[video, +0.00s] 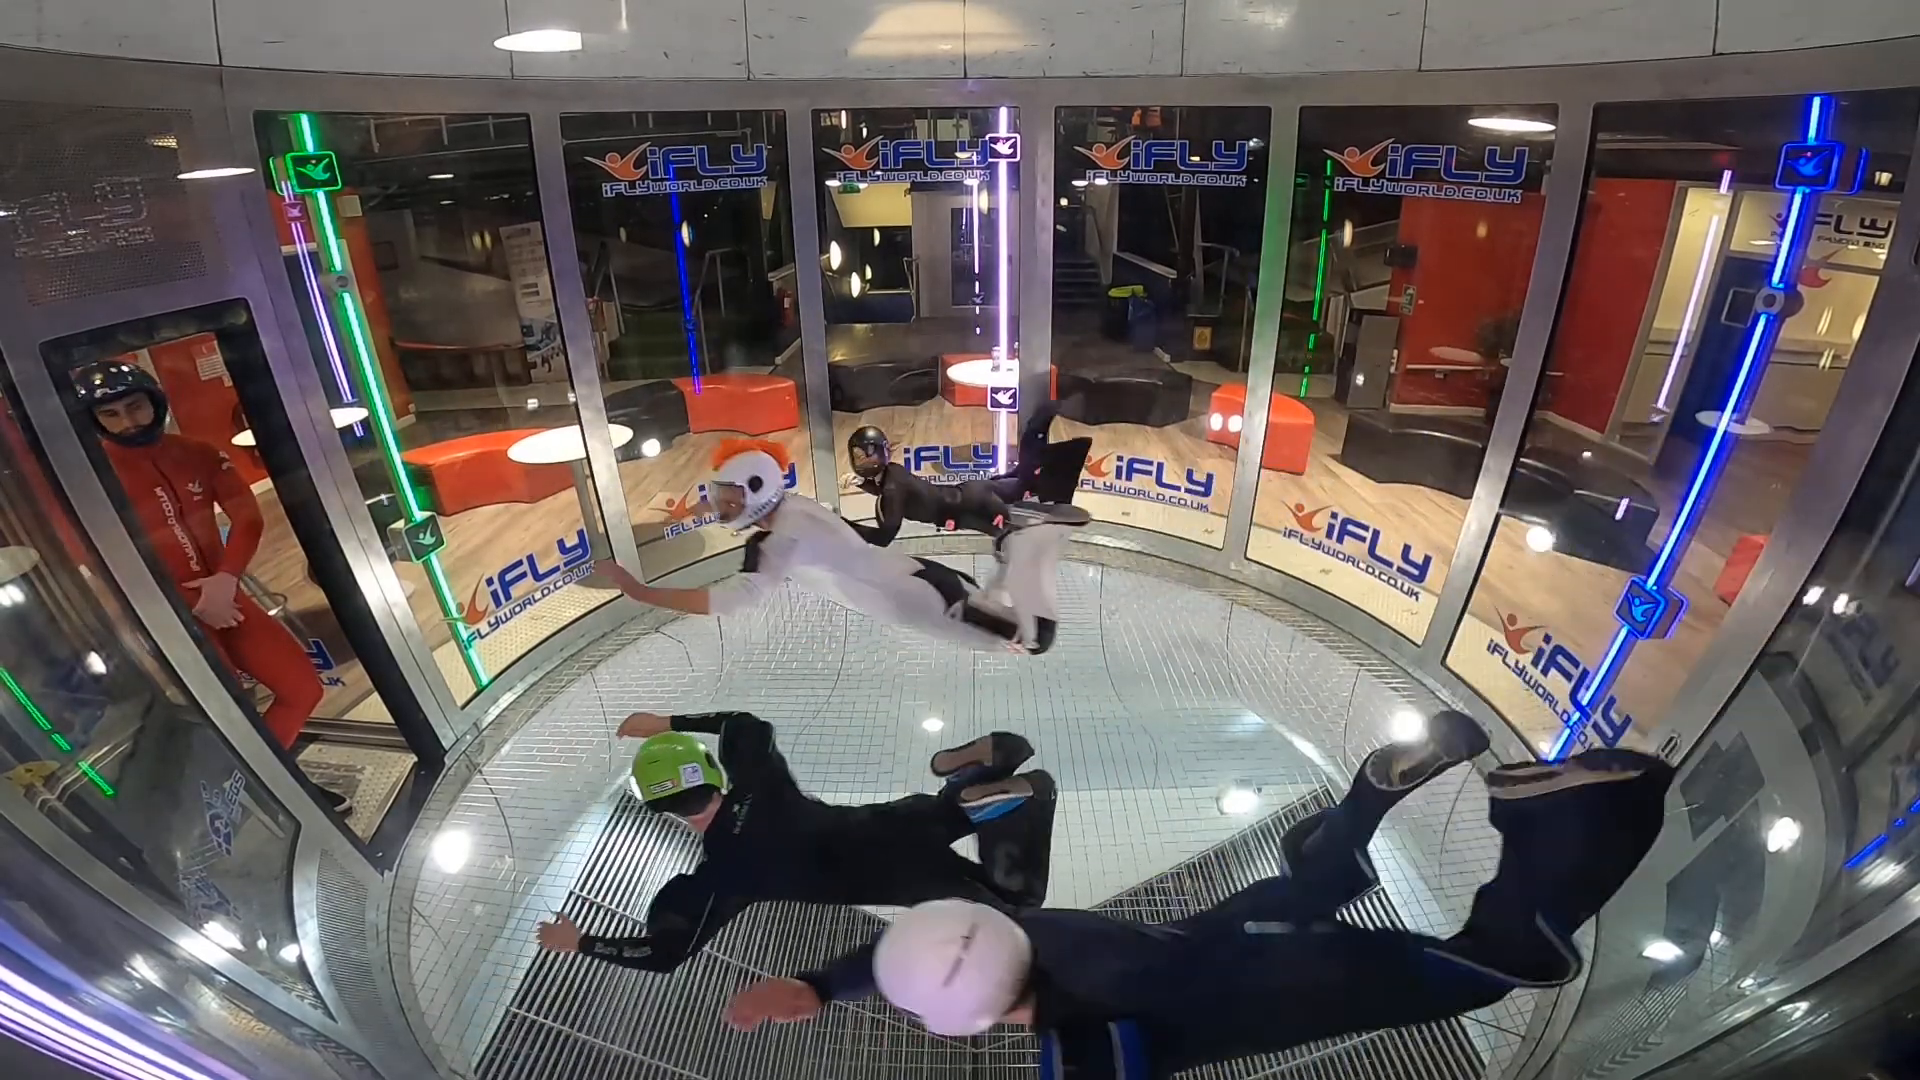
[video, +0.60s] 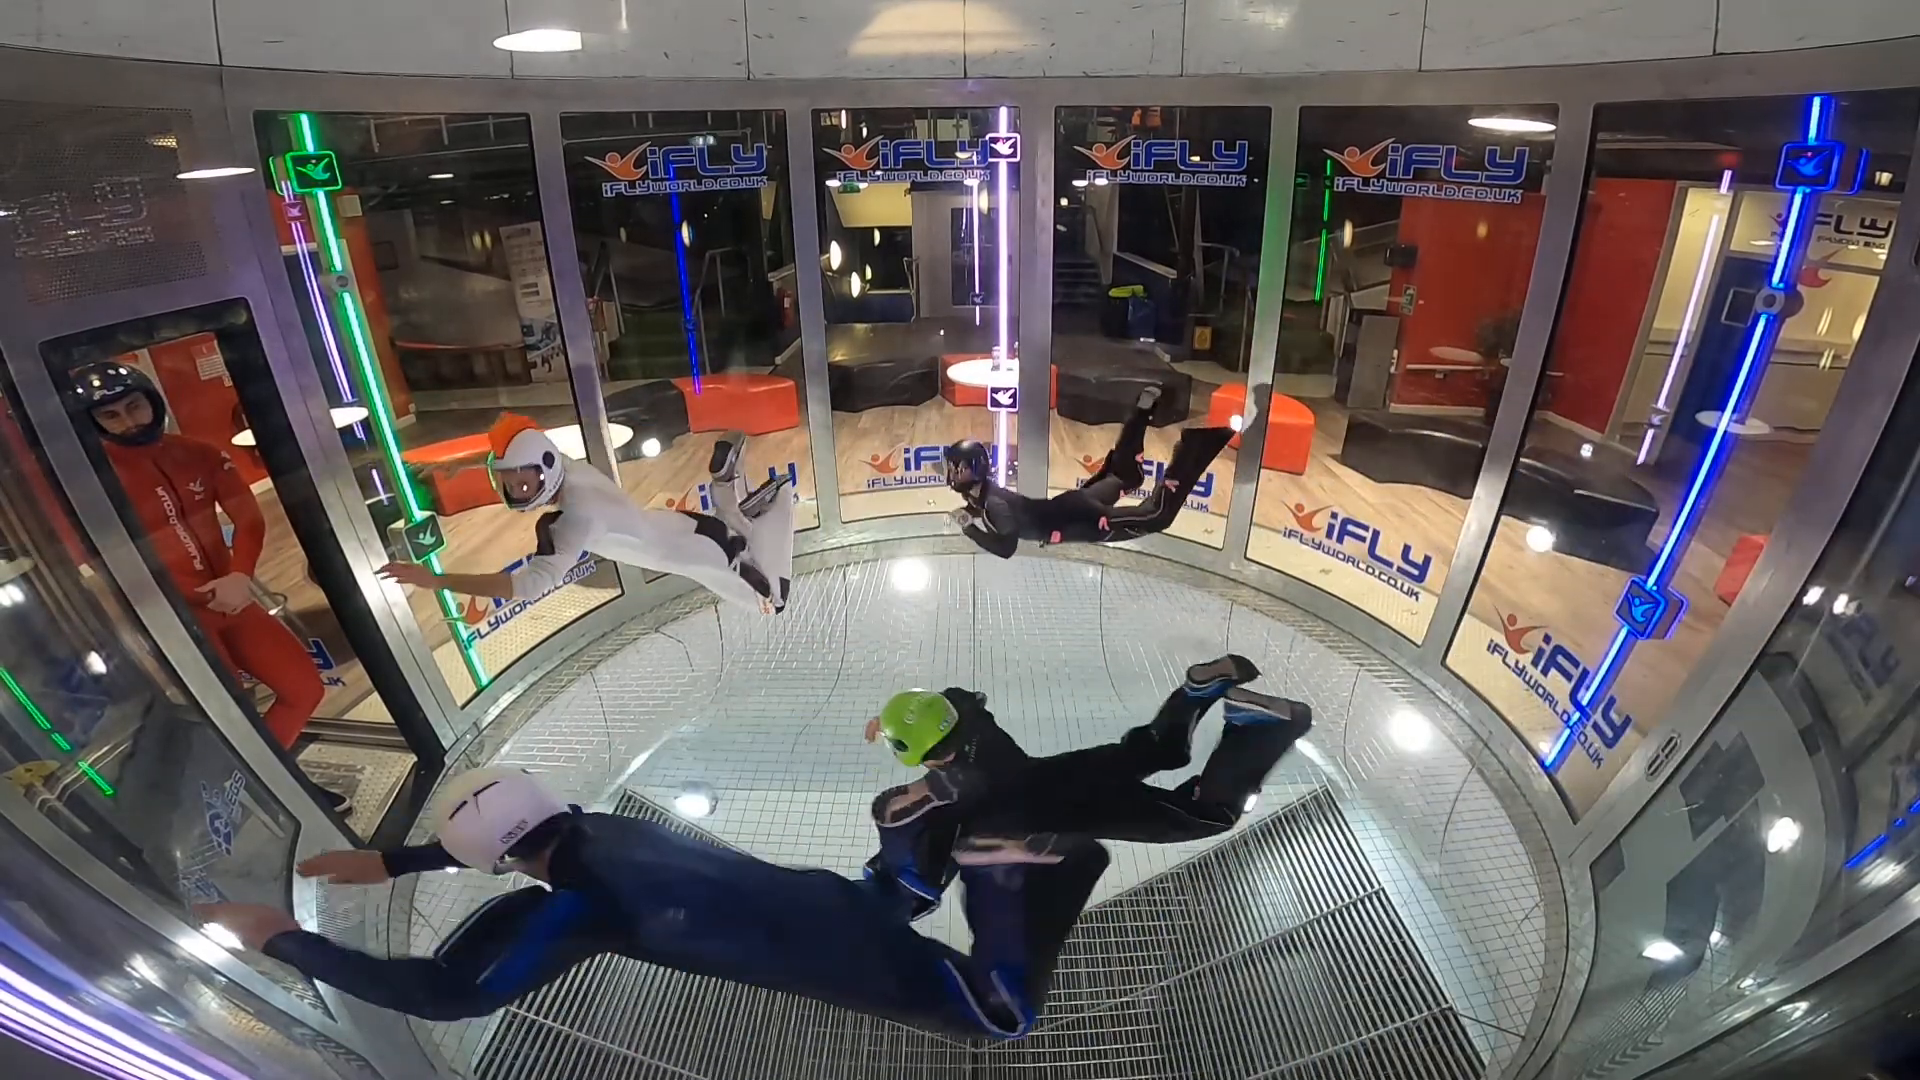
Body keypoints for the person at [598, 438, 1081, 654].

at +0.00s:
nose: (719, 501)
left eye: (728, 492)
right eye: (719, 491)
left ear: (758, 495)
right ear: (755, 491)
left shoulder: (786, 539)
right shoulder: (783, 508)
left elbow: (724, 602)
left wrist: (636, 589)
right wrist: (702, 510)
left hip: (921, 593)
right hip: (912, 579)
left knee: (1035, 635)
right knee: (1013, 626)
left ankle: (1031, 540)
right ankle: (1023, 541)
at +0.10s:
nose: (667, 486)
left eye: (674, 477)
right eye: (667, 475)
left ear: (704, 477)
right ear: (704, 471)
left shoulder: (726, 529)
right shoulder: (734, 490)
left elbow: (678, 591)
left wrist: (590, 577)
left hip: (849, 588)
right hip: (850, 560)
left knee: (968, 638)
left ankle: (969, 553)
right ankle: (964, 547)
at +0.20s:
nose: (621, 476)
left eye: (629, 464)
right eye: (617, 465)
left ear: (661, 459)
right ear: (645, 460)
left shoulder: (684, 511)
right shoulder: (683, 481)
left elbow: (641, 581)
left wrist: (541, 565)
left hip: (811, 578)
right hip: (801, 560)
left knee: (915, 637)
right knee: (897, 624)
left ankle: (898, 551)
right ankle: (897, 547)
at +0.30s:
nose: (574, 473)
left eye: (582, 461)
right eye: (571, 461)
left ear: (615, 459)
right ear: (607, 457)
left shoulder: (641, 505)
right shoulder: (639, 481)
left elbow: (606, 574)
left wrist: (505, 559)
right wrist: (611, 541)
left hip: (773, 570)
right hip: (762, 559)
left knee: (862, 628)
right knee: (847, 617)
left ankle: (853, 530)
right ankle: (840, 524)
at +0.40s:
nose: (542, 477)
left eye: (552, 467)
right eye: (538, 465)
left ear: (581, 461)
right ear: (567, 455)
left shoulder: (605, 511)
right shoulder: (604, 468)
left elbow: (563, 576)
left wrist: (468, 558)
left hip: (735, 562)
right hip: (721, 540)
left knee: (822, 614)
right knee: (782, 588)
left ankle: (813, 521)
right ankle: (785, 506)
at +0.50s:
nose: (524, 484)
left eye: (533, 472)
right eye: (517, 472)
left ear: (560, 462)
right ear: (513, 467)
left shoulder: (588, 514)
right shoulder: (582, 471)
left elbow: (536, 579)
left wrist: (435, 563)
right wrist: (561, 548)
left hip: (712, 553)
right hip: (696, 534)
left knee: (792, 605)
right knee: (750, 570)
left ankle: (799, 506)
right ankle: (749, 490)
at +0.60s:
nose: (516, 488)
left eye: (524, 477)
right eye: (509, 478)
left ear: (548, 472)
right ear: (503, 475)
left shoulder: (578, 519)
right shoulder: (566, 476)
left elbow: (521, 585)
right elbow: (545, 544)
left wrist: (434, 580)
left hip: (700, 550)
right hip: (682, 528)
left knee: (770, 594)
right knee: (727, 541)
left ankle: (779, 494)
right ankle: (725, 475)